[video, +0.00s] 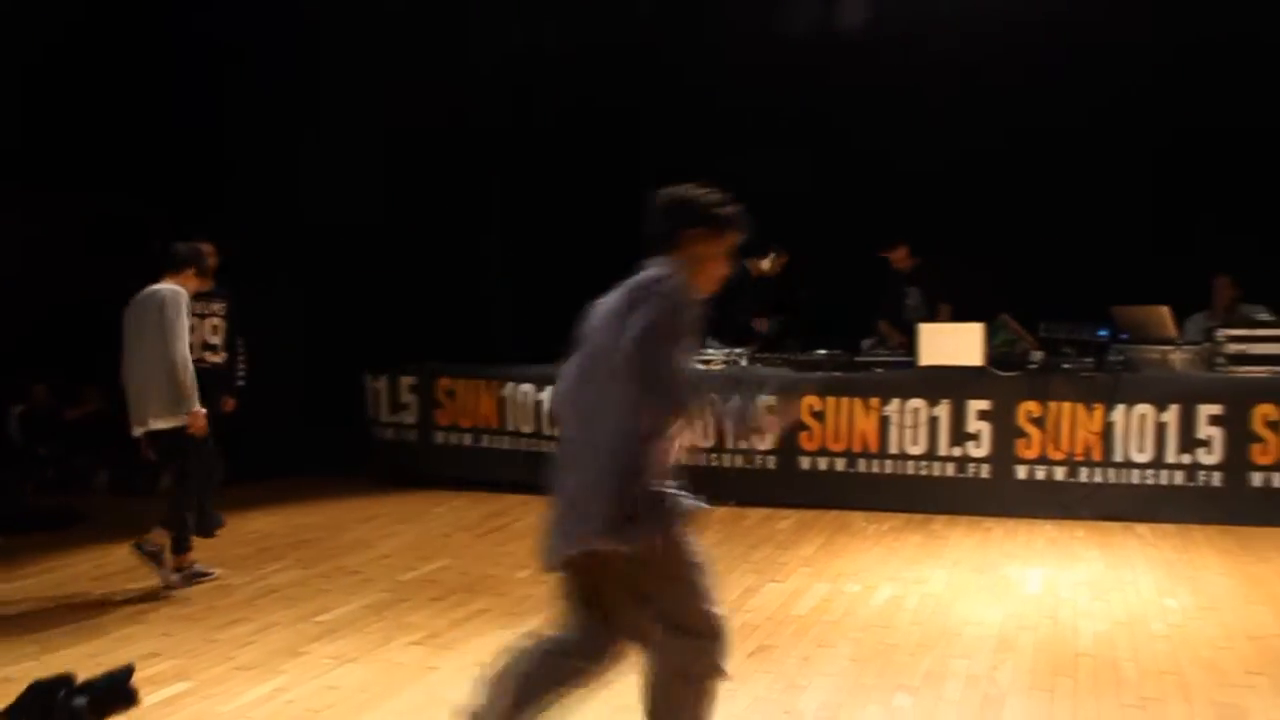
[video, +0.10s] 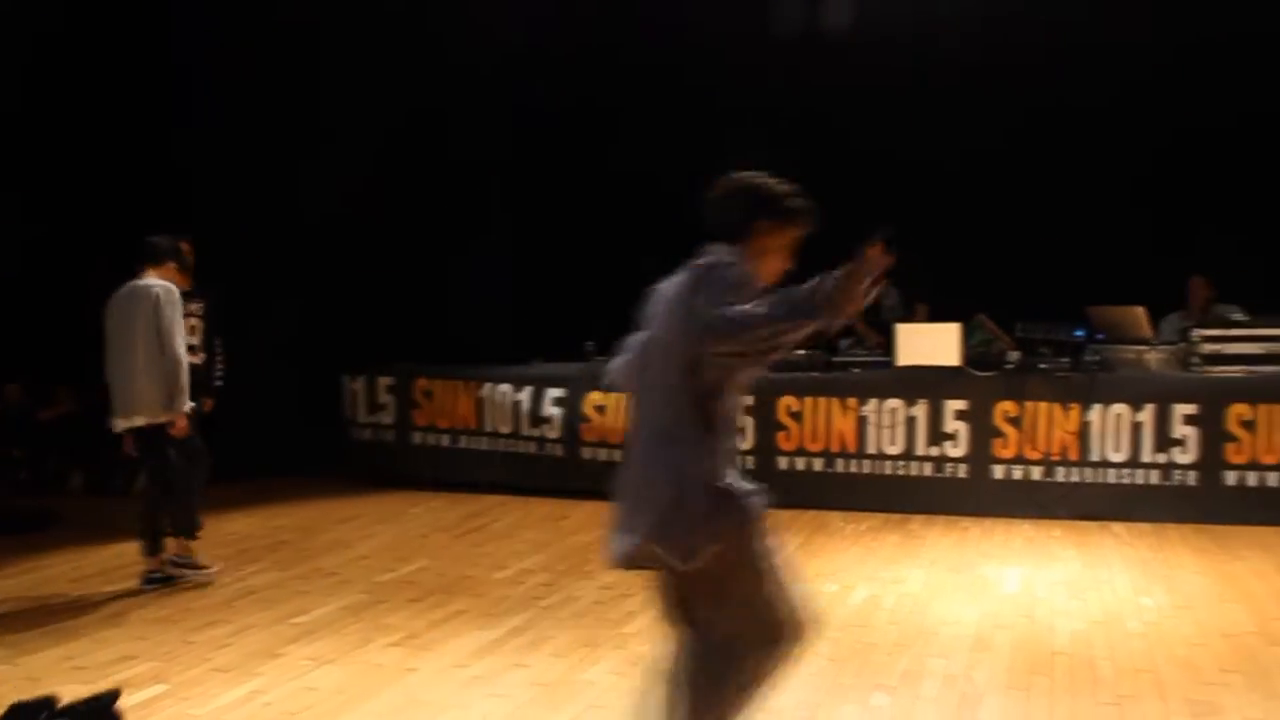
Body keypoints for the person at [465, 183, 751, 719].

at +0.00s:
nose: (725, 269)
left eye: (727, 256)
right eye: (720, 254)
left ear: (675, 244)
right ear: (690, 246)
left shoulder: (612, 304)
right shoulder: (669, 296)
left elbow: (567, 402)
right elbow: (655, 384)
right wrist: (740, 408)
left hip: (583, 521)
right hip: (633, 522)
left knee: (595, 635)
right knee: (690, 641)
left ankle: (499, 705)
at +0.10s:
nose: (786, 264)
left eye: (790, 249)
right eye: (783, 247)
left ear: (734, 233)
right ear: (756, 237)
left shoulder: (672, 293)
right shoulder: (720, 282)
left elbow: (622, 371)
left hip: (664, 500)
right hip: (702, 502)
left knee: (711, 631)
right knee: (763, 629)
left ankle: (693, 708)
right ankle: (701, 705)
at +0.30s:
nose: (901, 289)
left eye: (903, 274)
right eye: (903, 274)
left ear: (835, 258)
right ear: (889, 270)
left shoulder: (782, 321)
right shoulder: (835, 328)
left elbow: (737, 396)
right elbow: (864, 436)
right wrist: (924, 499)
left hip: (781, 553)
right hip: (843, 554)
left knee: (800, 697)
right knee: (934, 697)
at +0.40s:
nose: (946, 276)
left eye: (946, 262)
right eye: (946, 261)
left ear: (881, 256)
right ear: (933, 264)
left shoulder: (842, 323)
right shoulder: (898, 337)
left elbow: (786, 408)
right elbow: (911, 462)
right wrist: (935, 527)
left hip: (848, 549)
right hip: (899, 554)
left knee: (891, 672)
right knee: (966, 682)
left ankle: (804, 718)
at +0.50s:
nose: (958, 254)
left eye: (958, 240)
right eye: (958, 240)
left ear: (891, 232)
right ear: (943, 238)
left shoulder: (848, 297)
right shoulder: (938, 302)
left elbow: (817, 391)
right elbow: (977, 421)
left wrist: (865, 433)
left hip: (849, 498)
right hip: (910, 501)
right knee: (959, 644)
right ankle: (938, 707)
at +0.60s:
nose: (953, 239)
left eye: (954, 230)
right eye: (953, 229)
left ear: (889, 224)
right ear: (940, 223)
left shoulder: (847, 287)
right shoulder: (954, 271)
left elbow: (856, 370)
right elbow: (1014, 366)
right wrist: (982, 388)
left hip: (875, 462)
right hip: (940, 460)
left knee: (1012, 528)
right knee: (979, 592)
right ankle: (909, 708)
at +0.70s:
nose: (941, 247)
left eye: (938, 241)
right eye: (940, 240)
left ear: (877, 244)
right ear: (930, 238)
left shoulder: (847, 309)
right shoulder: (961, 275)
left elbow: (877, 404)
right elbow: (1036, 352)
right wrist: (1034, 381)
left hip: (909, 476)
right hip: (979, 464)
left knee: (1014, 561)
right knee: (970, 600)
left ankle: (1047, 672)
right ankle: (900, 706)